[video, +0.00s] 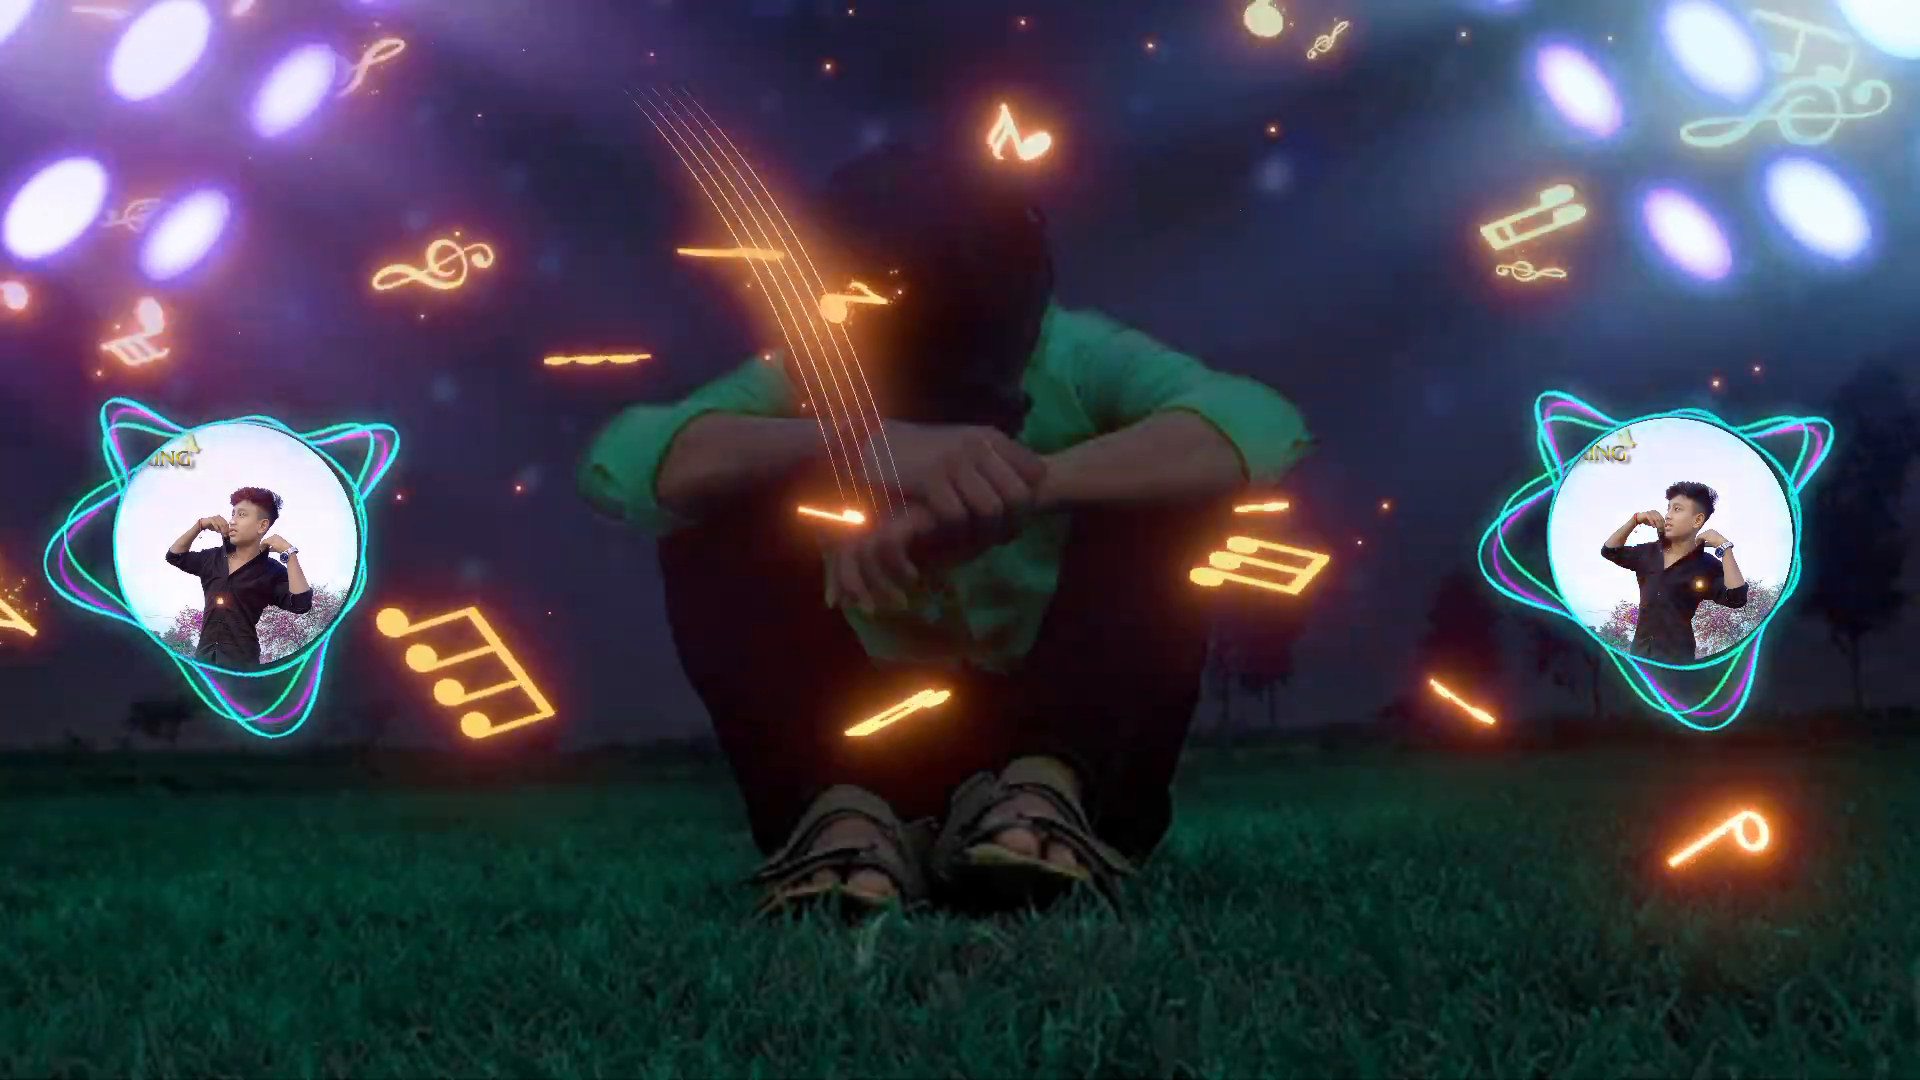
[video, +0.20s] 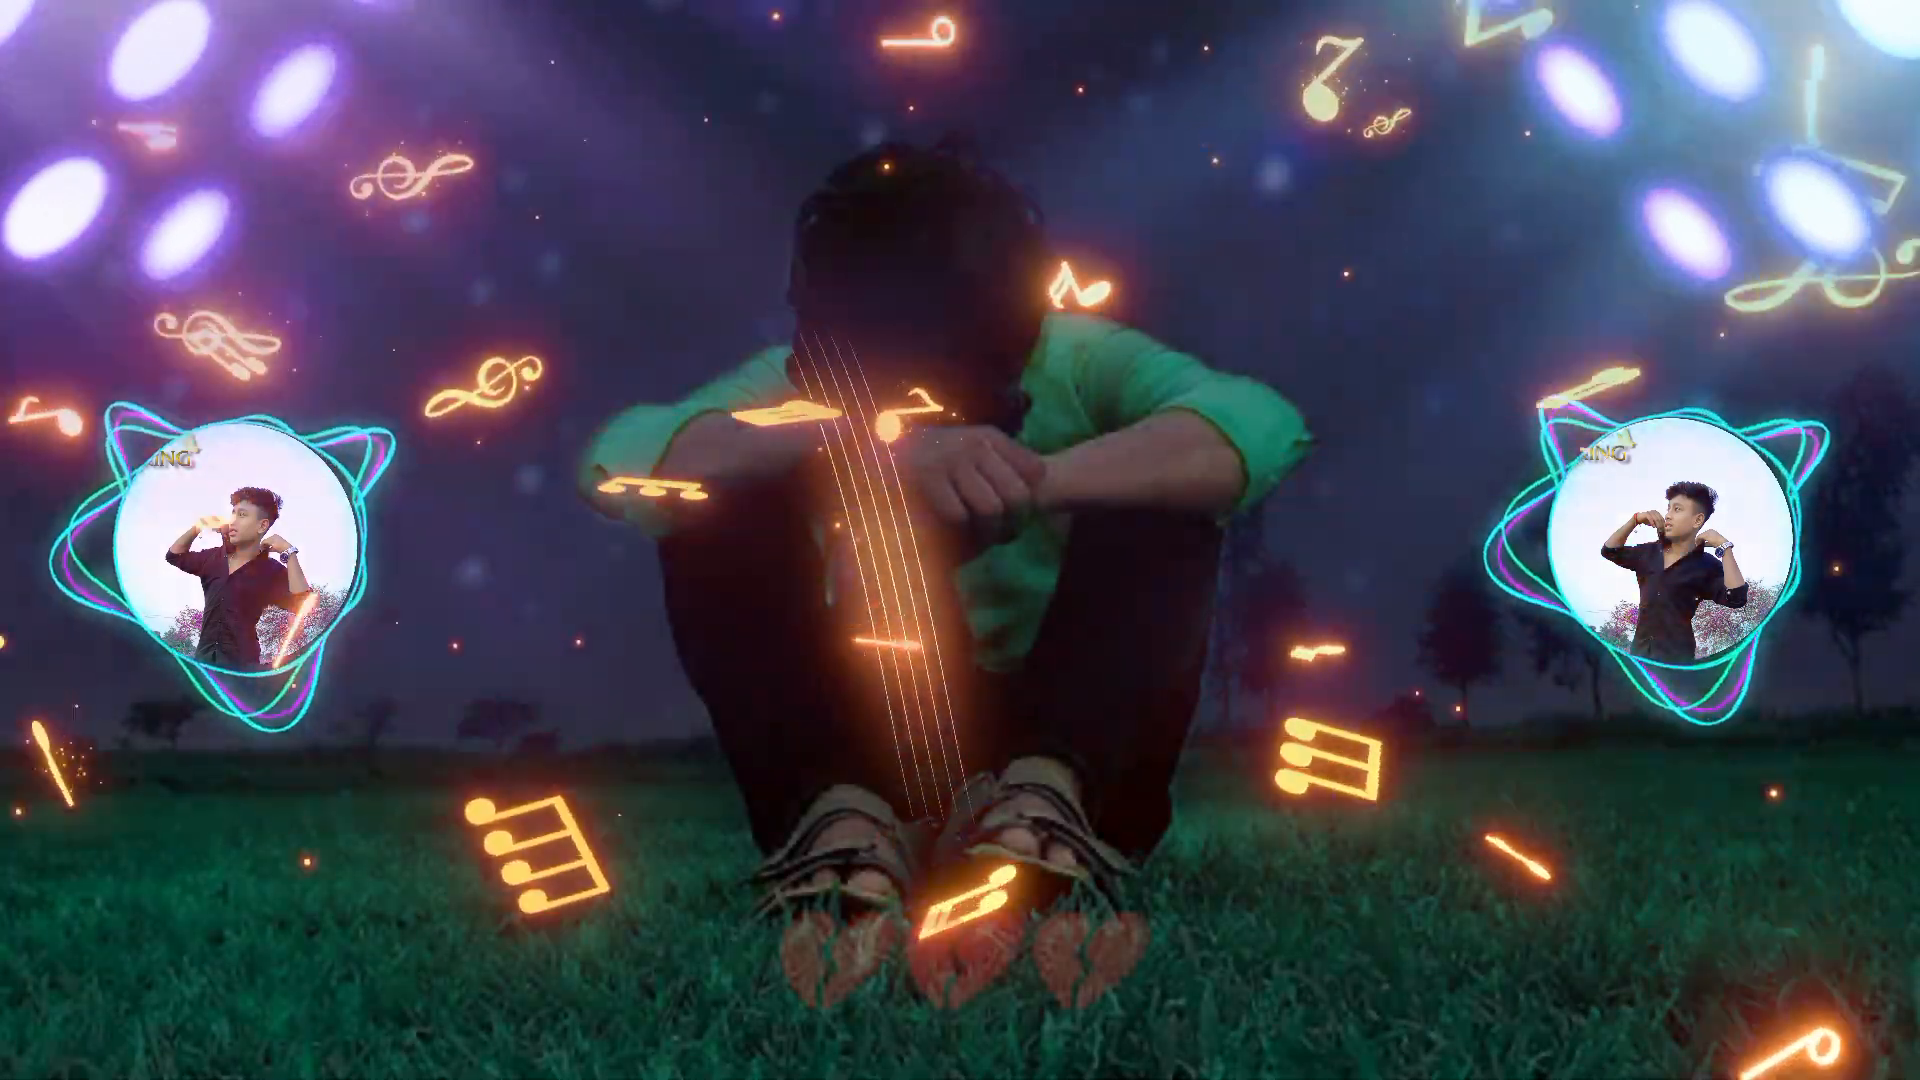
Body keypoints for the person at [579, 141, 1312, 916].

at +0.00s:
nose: (935, 401)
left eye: (968, 380)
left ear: (1011, 329)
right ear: (852, 316)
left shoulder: (1074, 353)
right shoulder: (810, 380)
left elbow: (1266, 428)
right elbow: (616, 462)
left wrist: (999, 492)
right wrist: (869, 445)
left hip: (1049, 741)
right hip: (863, 749)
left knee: (1153, 500)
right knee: (715, 522)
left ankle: (1041, 788)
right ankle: (833, 816)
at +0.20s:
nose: (910, 424)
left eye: (939, 397)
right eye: (871, 391)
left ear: (1010, 345)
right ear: (818, 349)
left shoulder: (1075, 355)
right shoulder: (793, 383)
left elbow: (1266, 430)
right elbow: (609, 463)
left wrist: (1038, 478)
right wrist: (868, 450)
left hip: (1063, 761)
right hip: (866, 772)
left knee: (1163, 491)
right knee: (712, 512)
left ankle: (1044, 796)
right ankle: (833, 821)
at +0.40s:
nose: (915, 415)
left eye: (946, 395)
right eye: (878, 389)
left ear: (1011, 345)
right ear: (824, 349)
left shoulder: (1075, 355)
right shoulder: (798, 382)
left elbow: (1268, 432)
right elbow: (617, 463)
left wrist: (1001, 486)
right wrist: (857, 441)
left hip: (1050, 736)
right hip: (869, 743)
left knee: (1160, 496)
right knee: (714, 522)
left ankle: (1051, 786)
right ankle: (833, 815)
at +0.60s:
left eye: (934, 403)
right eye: (866, 389)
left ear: (1002, 350)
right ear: (826, 342)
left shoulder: (1071, 353)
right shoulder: (802, 380)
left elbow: (1265, 429)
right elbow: (614, 469)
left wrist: (1000, 492)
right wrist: (853, 445)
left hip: (1054, 740)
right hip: (867, 749)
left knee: (1160, 500)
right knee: (712, 512)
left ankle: (1042, 799)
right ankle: (830, 825)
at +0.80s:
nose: (915, 438)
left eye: (944, 405)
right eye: (864, 397)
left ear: (1010, 354)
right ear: (818, 356)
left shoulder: (1079, 354)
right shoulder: (800, 380)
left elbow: (1266, 431)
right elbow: (611, 467)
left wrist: (994, 493)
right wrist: (853, 445)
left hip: (1049, 728)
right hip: (866, 732)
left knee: (1162, 497)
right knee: (714, 510)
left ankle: (1040, 794)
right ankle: (838, 820)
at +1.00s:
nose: (944, 444)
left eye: (973, 404)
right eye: (907, 410)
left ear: (1021, 351)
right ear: (831, 366)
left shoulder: (1073, 351)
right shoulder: (794, 381)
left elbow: (1265, 427)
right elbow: (613, 467)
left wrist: (996, 494)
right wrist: (849, 444)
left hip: (1040, 735)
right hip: (860, 741)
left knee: (1161, 510)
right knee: (714, 507)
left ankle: (1041, 787)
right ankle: (838, 809)